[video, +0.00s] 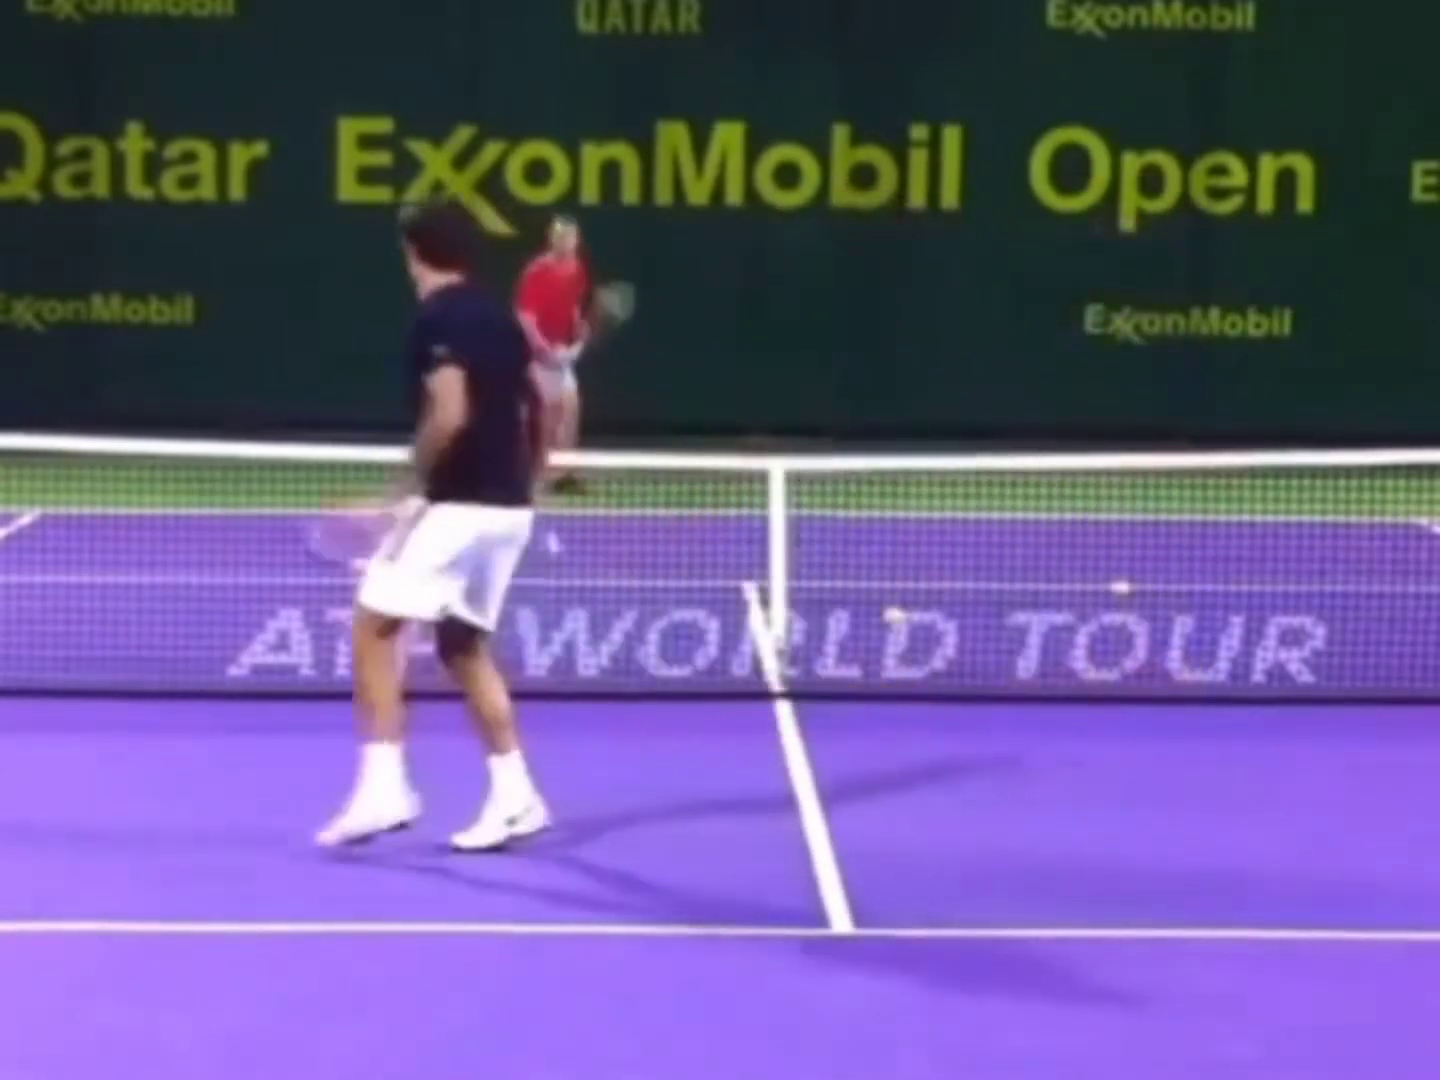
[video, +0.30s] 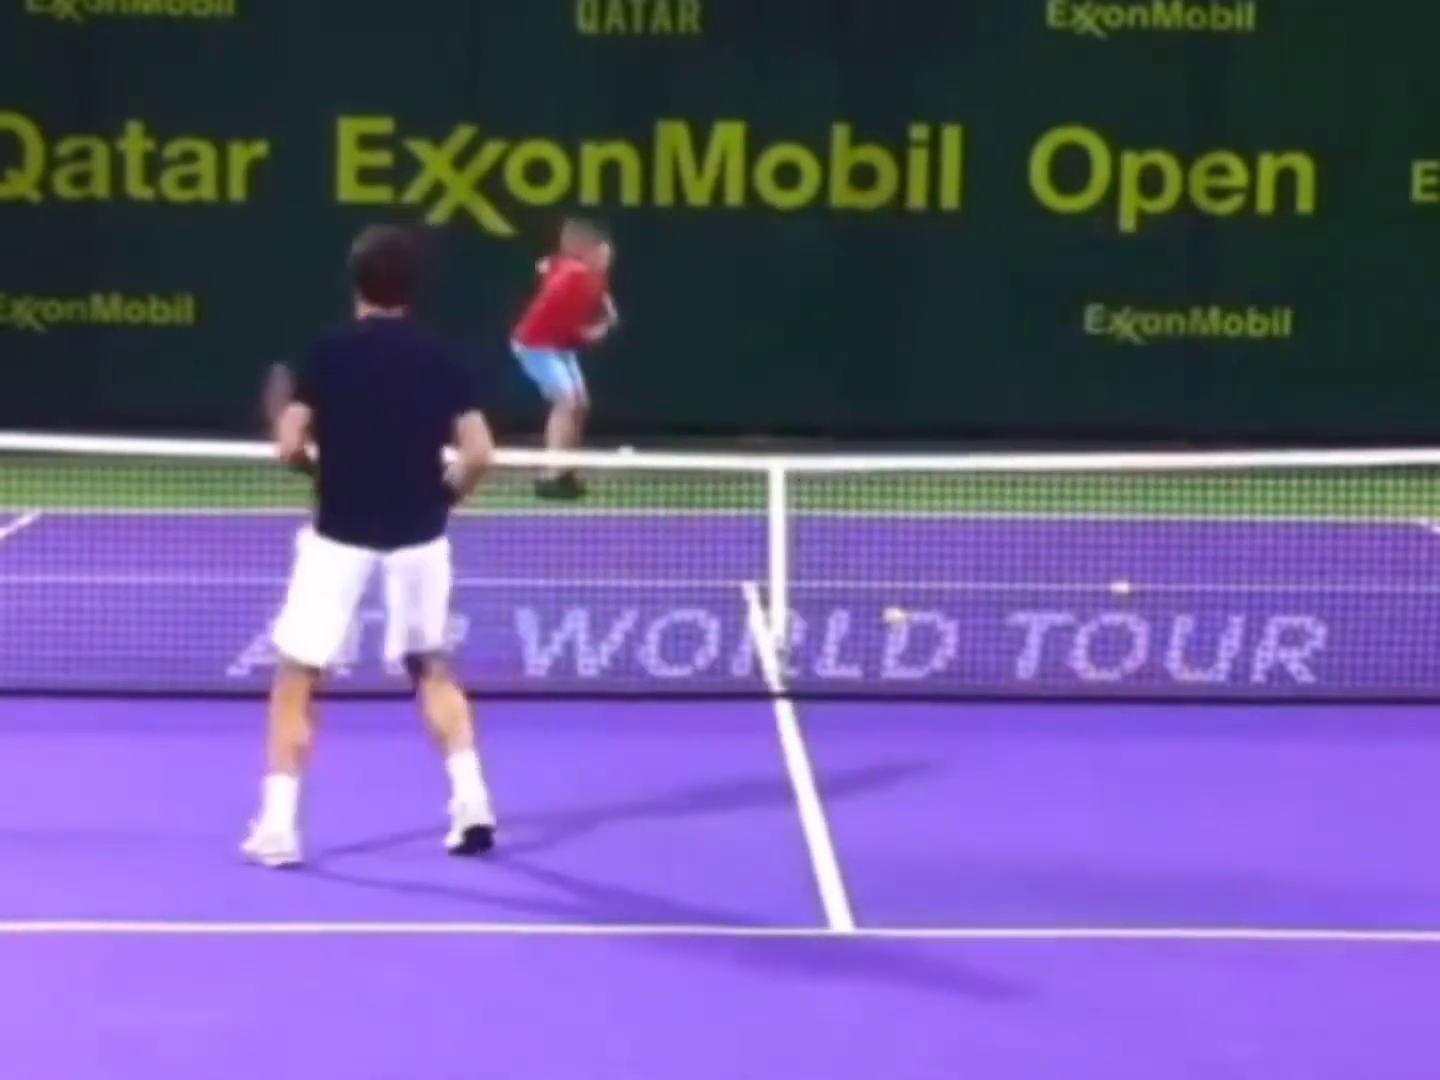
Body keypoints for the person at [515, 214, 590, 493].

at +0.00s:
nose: (565, 243)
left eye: (569, 236)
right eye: (560, 236)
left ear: (576, 240)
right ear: (551, 239)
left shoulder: (576, 270)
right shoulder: (537, 271)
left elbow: (576, 306)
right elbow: (525, 313)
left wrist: (578, 339)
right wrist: (545, 348)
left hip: (566, 348)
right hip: (541, 348)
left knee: (569, 402)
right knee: (550, 402)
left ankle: (566, 461)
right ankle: (546, 460)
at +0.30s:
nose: (607, 255)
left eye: (607, 249)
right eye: (603, 249)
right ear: (588, 250)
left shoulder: (592, 276)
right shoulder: (573, 275)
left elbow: (600, 301)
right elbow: (574, 327)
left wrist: (606, 315)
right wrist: (602, 327)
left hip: (562, 344)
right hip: (535, 343)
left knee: (578, 403)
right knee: (565, 400)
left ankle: (567, 469)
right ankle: (552, 472)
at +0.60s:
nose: (627, 282)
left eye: (629, 275)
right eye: (621, 275)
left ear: (631, 277)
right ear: (607, 274)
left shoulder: (615, 298)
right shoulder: (592, 299)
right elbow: (584, 346)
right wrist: (585, 392)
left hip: (564, 346)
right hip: (540, 345)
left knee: (578, 402)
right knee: (570, 400)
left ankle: (567, 470)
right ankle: (550, 472)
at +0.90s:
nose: (638, 254)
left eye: (643, 248)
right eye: (633, 248)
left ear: (647, 250)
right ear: (621, 248)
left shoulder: (642, 269)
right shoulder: (607, 273)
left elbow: (643, 304)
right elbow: (568, 297)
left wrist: (653, 336)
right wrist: (571, 314)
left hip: (615, 340)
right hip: (580, 340)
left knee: (629, 402)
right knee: (586, 398)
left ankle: (611, 458)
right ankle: (555, 464)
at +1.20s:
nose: (668, 229)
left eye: (673, 223)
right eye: (664, 223)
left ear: (682, 227)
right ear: (655, 226)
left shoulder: (693, 263)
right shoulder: (635, 258)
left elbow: (699, 304)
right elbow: (614, 293)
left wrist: (683, 338)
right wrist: (628, 329)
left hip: (668, 345)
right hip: (631, 342)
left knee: (668, 408)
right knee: (618, 403)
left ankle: (668, 469)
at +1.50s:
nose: (696, 214)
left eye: (701, 207)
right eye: (690, 207)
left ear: (710, 212)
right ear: (682, 211)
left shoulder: (726, 248)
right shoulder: (665, 246)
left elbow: (731, 288)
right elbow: (658, 283)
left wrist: (719, 322)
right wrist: (666, 315)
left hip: (710, 328)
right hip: (676, 327)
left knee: (720, 393)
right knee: (675, 392)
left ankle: (731, 445)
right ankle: (672, 443)